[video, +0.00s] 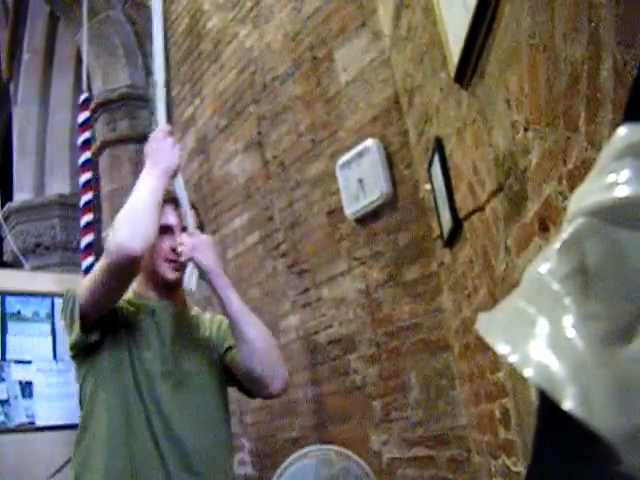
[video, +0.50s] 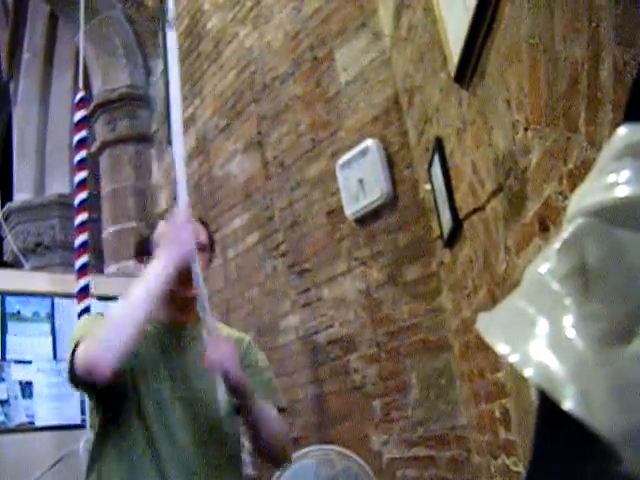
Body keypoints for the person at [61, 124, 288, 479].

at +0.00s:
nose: (178, 243)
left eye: (184, 232)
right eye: (164, 231)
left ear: (192, 241)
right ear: (141, 242)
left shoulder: (212, 330)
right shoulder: (101, 320)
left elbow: (273, 381)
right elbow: (126, 251)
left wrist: (217, 275)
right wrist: (155, 171)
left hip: (205, 472)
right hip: (115, 470)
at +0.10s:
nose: (181, 238)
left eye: (187, 226)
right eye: (167, 225)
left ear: (195, 234)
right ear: (143, 235)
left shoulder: (212, 323)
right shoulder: (100, 307)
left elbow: (271, 374)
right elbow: (127, 245)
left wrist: (216, 270)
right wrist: (155, 167)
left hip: (205, 472)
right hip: (114, 470)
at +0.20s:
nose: (183, 240)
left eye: (193, 229)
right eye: (168, 227)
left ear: (203, 240)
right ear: (145, 238)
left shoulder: (214, 326)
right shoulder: (105, 317)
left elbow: (271, 380)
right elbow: (123, 252)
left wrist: (216, 275)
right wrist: (154, 173)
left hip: (208, 472)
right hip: (118, 471)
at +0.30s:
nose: (182, 248)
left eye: (194, 238)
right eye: (168, 236)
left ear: (205, 252)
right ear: (145, 247)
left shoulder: (216, 333)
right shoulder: (108, 326)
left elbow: (270, 399)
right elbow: (118, 274)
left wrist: (215, 295)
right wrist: (155, 187)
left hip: (213, 473)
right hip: (123, 472)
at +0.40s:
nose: (185, 259)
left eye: (197, 246)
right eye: (171, 246)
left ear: (209, 258)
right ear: (150, 255)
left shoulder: (236, 343)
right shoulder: (106, 334)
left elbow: (275, 428)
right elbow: (113, 312)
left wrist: (226, 333)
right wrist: (160, 215)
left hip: (216, 473)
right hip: (125, 472)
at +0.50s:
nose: (188, 262)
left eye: (199, 250)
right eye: (175, 253)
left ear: (210, 262)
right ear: (143, 265)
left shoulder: (237, 348)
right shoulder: (105, 330)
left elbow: (279, 453)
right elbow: (97, 367)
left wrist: (241, 386)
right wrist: (166, 260)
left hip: (214, 471)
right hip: (125, 471)